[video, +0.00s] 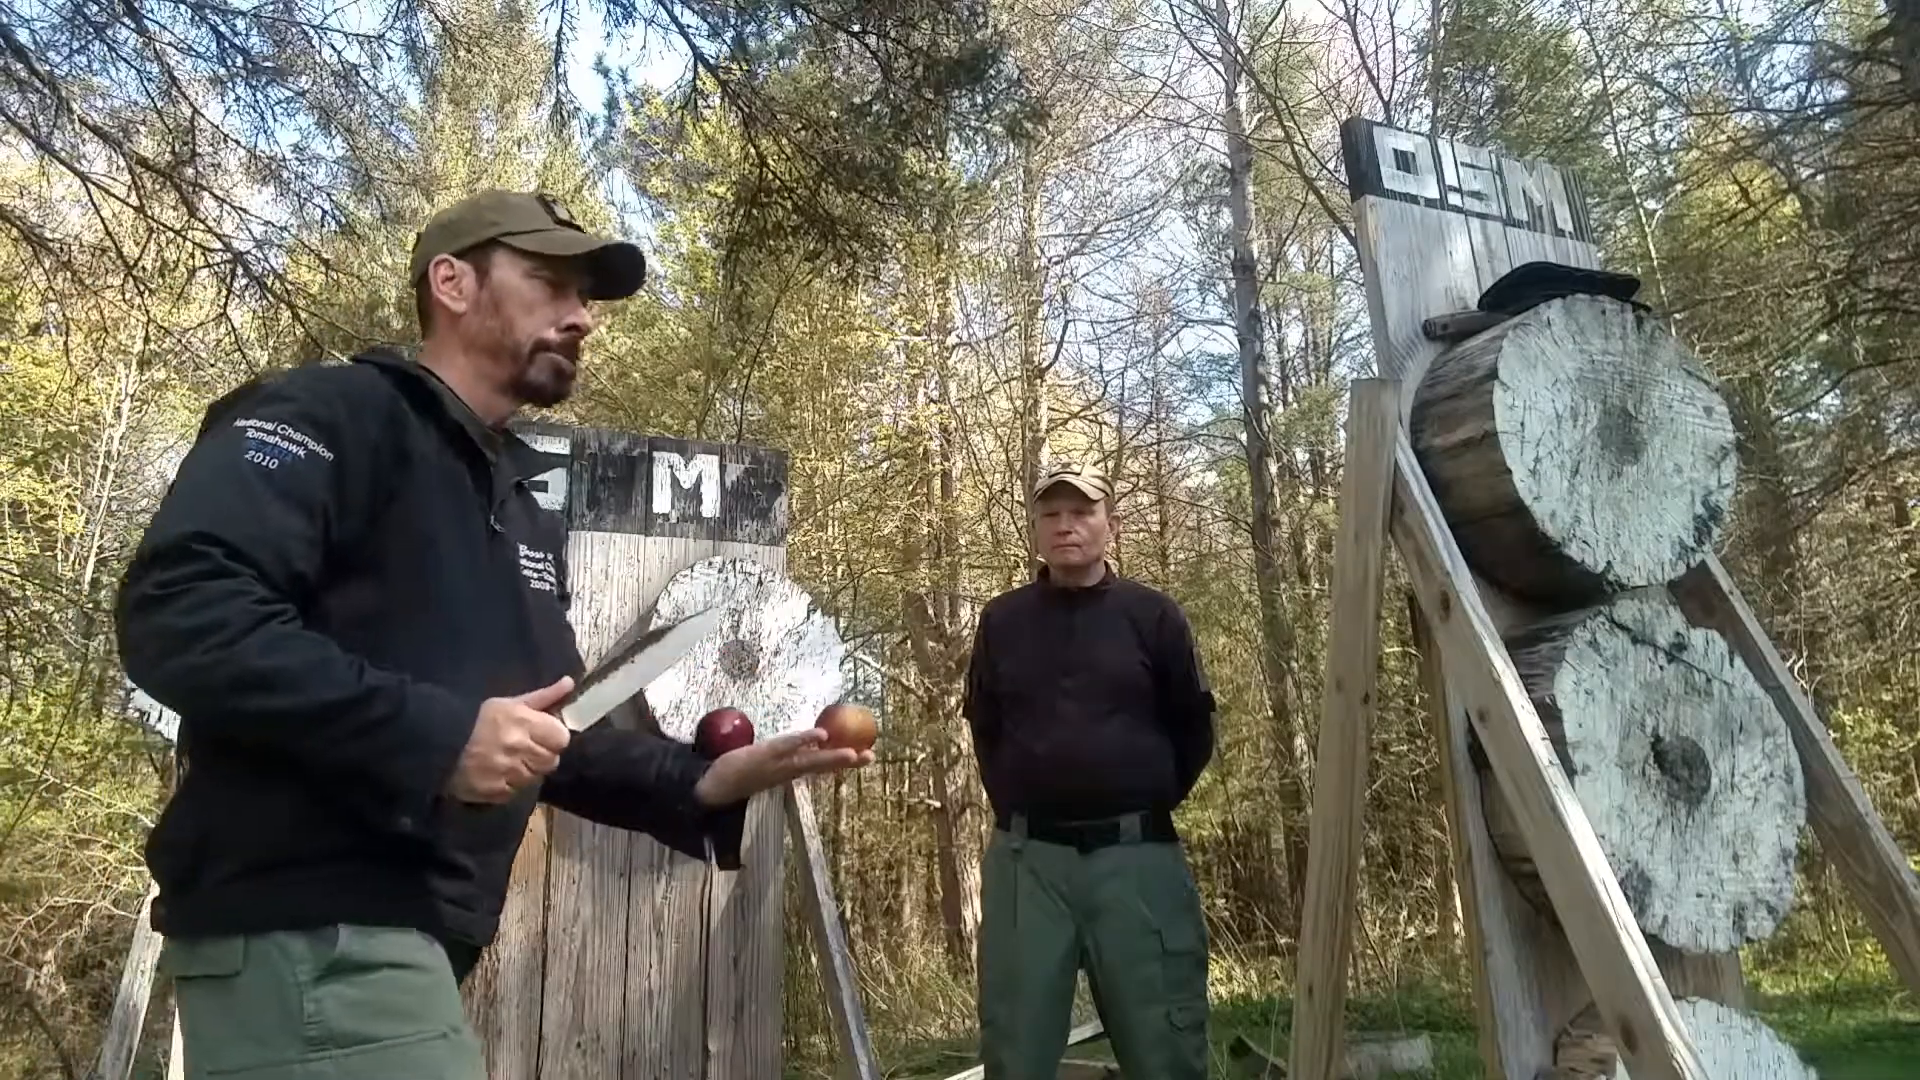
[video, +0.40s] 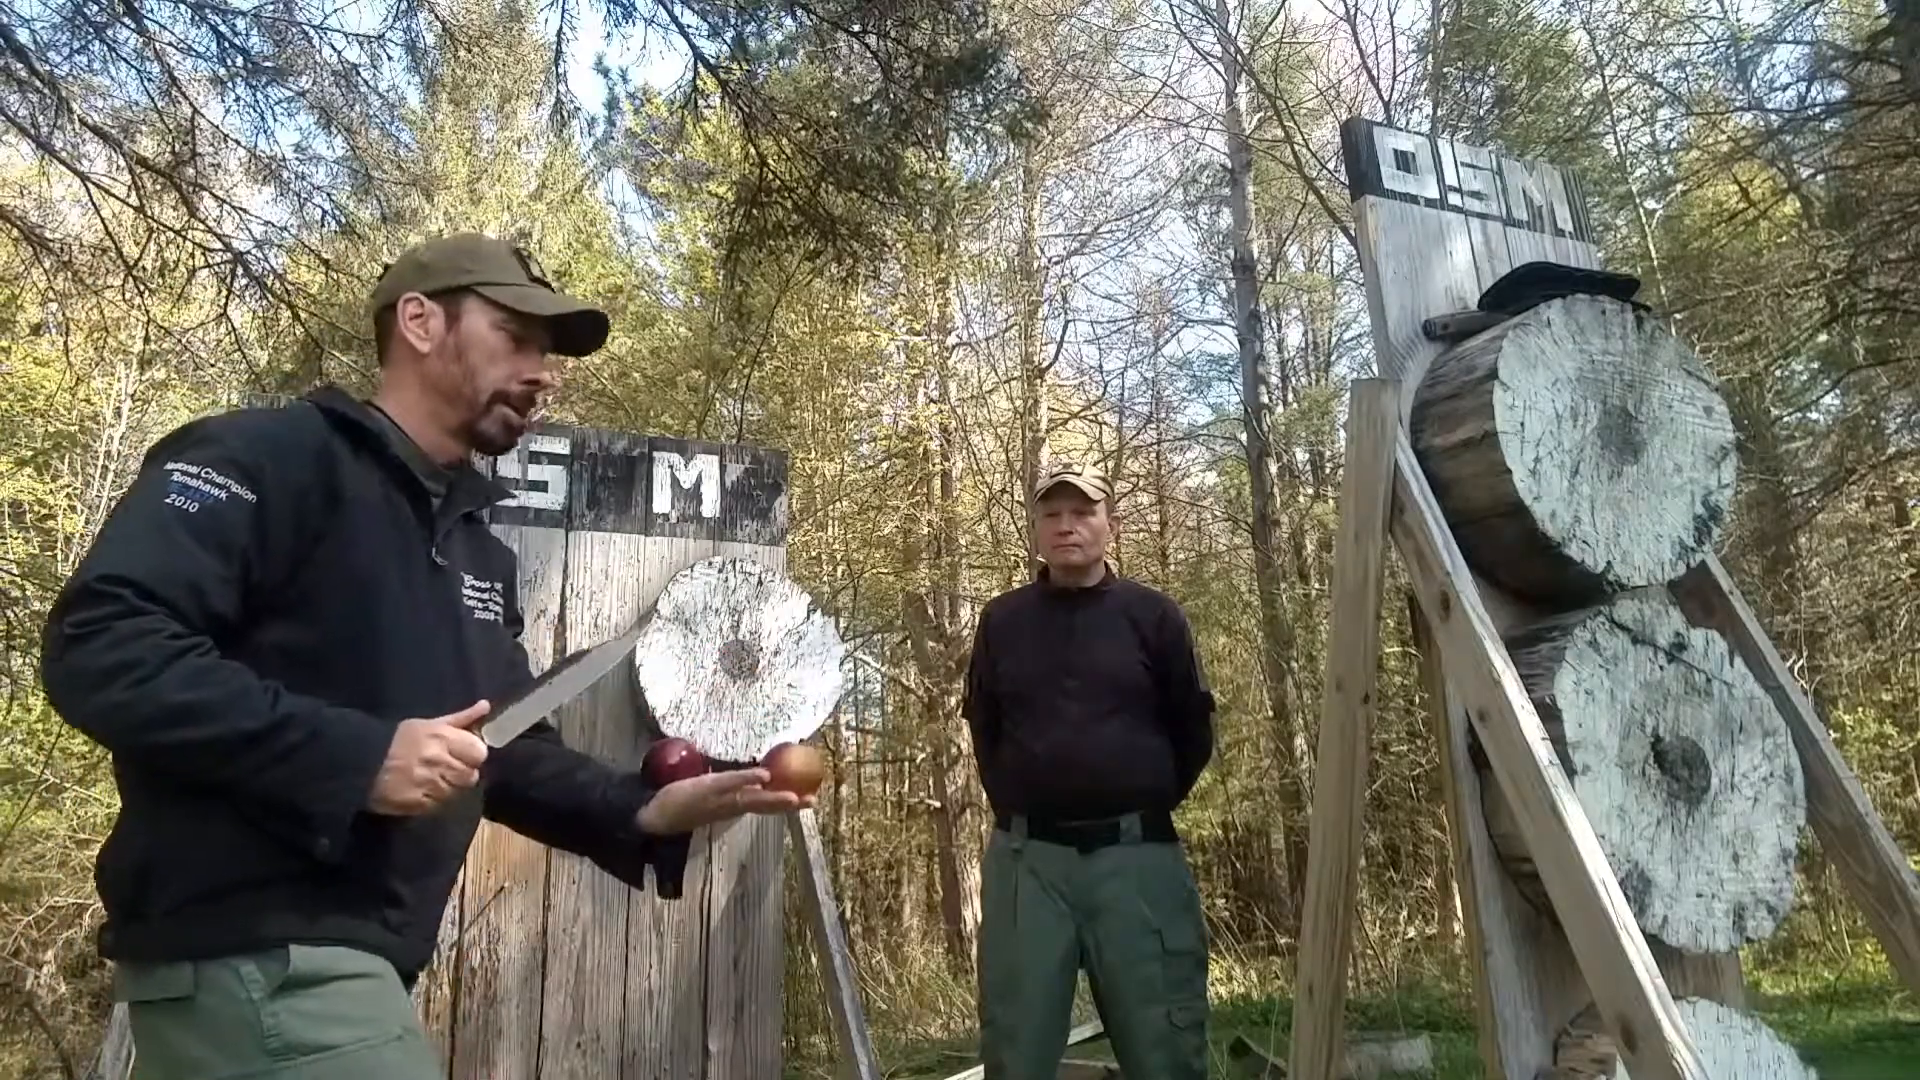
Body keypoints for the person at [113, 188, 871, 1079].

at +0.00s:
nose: (584, 317)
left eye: (588, 294)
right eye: (551, 281)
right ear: (452, 285)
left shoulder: (522, 514)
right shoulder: (331, 410)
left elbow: (524, 734)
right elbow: (179, 611)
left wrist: (708, 779)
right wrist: (442, 735)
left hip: (400, 942)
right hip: (307, 938)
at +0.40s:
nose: (547, 375)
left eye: (555, 351)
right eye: (524, 337)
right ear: (420, 324)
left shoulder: (478, 553)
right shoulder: (258, 457)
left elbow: (498, 750)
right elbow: (98, 651)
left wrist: (647, 809)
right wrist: (359, 753)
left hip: (352, 966)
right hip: (261, 966)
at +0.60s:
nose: (576, 358)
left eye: (581, 337)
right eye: (554, 322)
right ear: (454, 310)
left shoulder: (488, 538)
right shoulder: (309, 429)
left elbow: (492, 744)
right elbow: (135, 611)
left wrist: (656, 806)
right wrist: (404, 735)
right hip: (280, 955)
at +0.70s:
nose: (588, 350)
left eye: (592, 331)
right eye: (563, 315)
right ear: (464, 301)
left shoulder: (494, 540)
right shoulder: (321, 418)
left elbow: (494, 740)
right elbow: (149, 599)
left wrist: (659, 808)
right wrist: (420, 724)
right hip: (277, 954)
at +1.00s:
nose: (570, 453)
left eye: (573, 427)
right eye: (544, 416)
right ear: (444, 408)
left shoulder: (490, 643)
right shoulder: (286, 546)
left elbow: (487, 856)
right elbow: (126, 771)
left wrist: (648, 939)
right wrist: (393, 891)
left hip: (375, 1042)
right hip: (234, 1043)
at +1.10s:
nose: (559, 472)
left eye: (564, 449)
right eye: (531, 439)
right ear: (428, 433)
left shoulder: (485, 662)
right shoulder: (268, 583)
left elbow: (521, 868)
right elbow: (128, 812)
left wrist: (672, 944)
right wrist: (389, 933)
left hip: (396, 1052)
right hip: (224, 1053)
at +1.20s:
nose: (545, 424)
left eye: (546, 399)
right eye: (517, 391)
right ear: (415, 387)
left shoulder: (486, 595)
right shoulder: (265, 538)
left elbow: (560, 762)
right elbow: (163, 748)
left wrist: (756, 777)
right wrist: (460, 803)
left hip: (419, 1021)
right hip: (285, 1025)